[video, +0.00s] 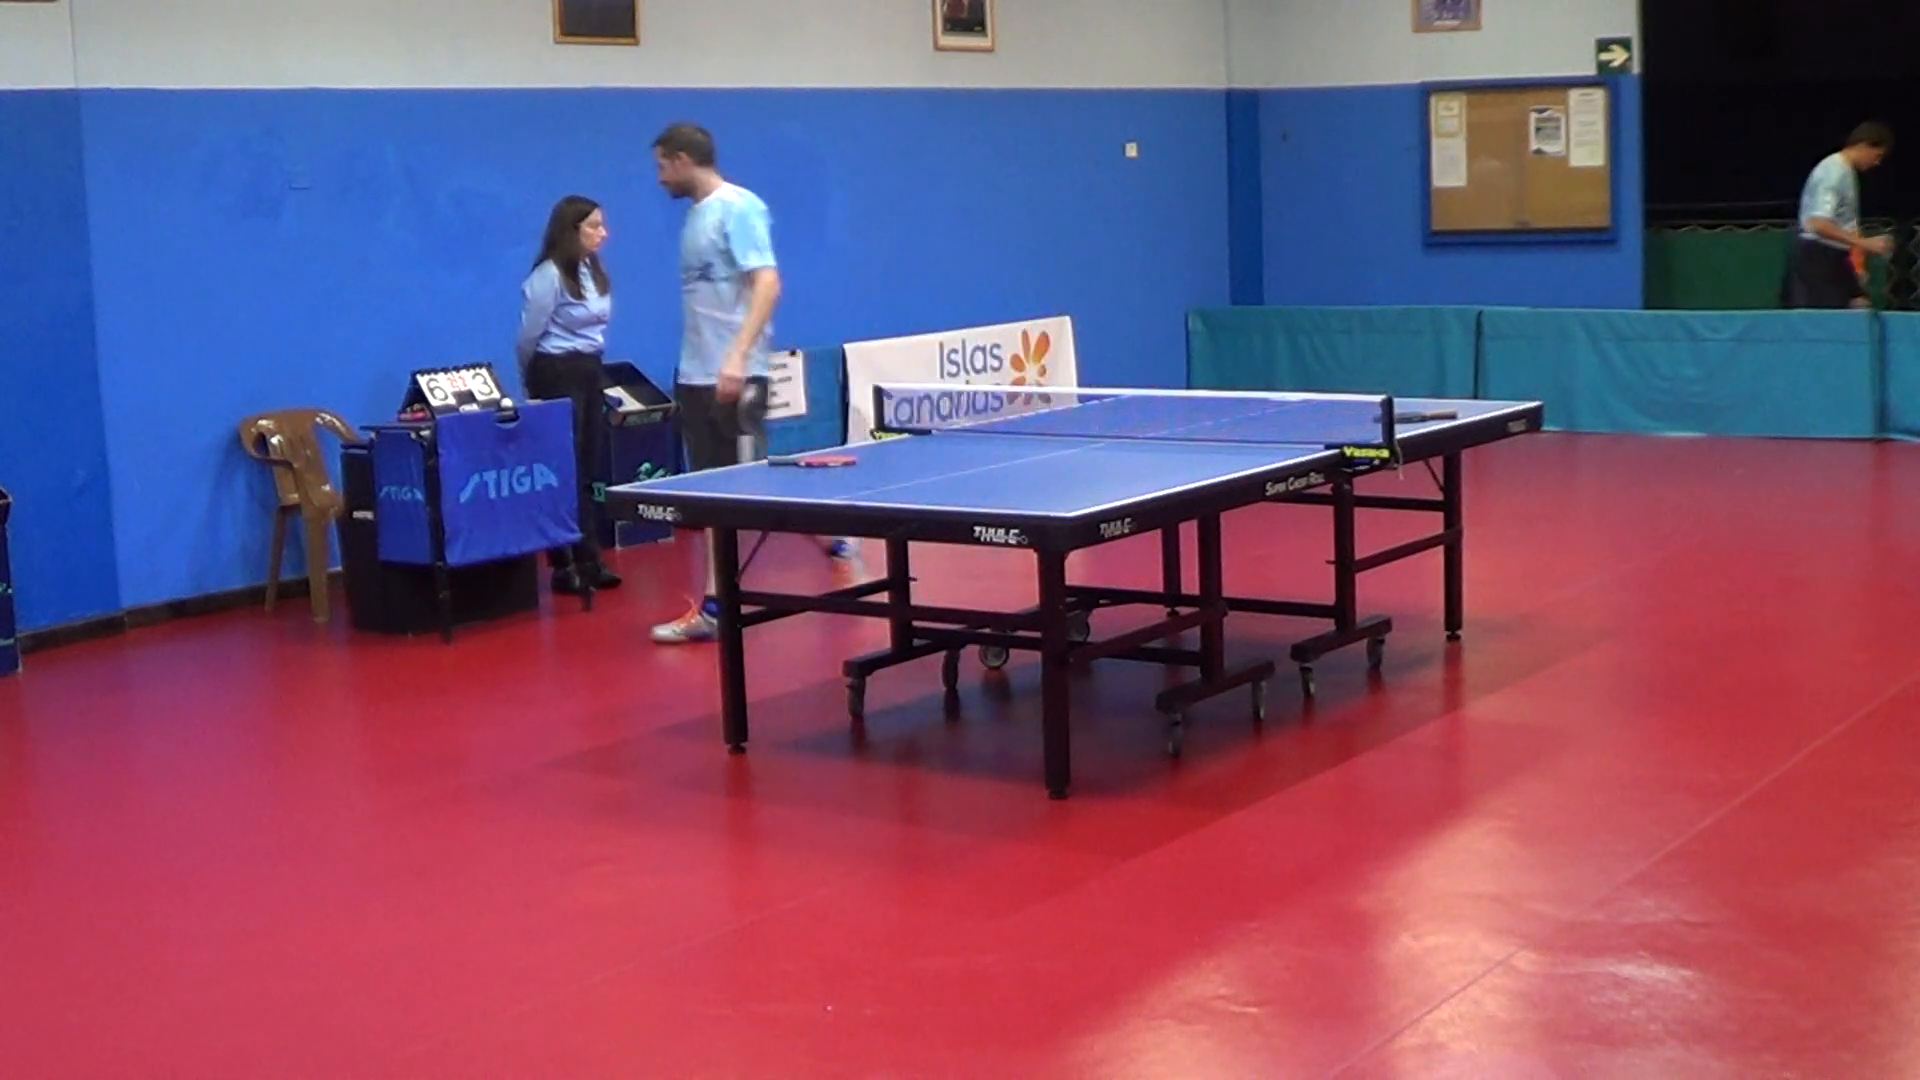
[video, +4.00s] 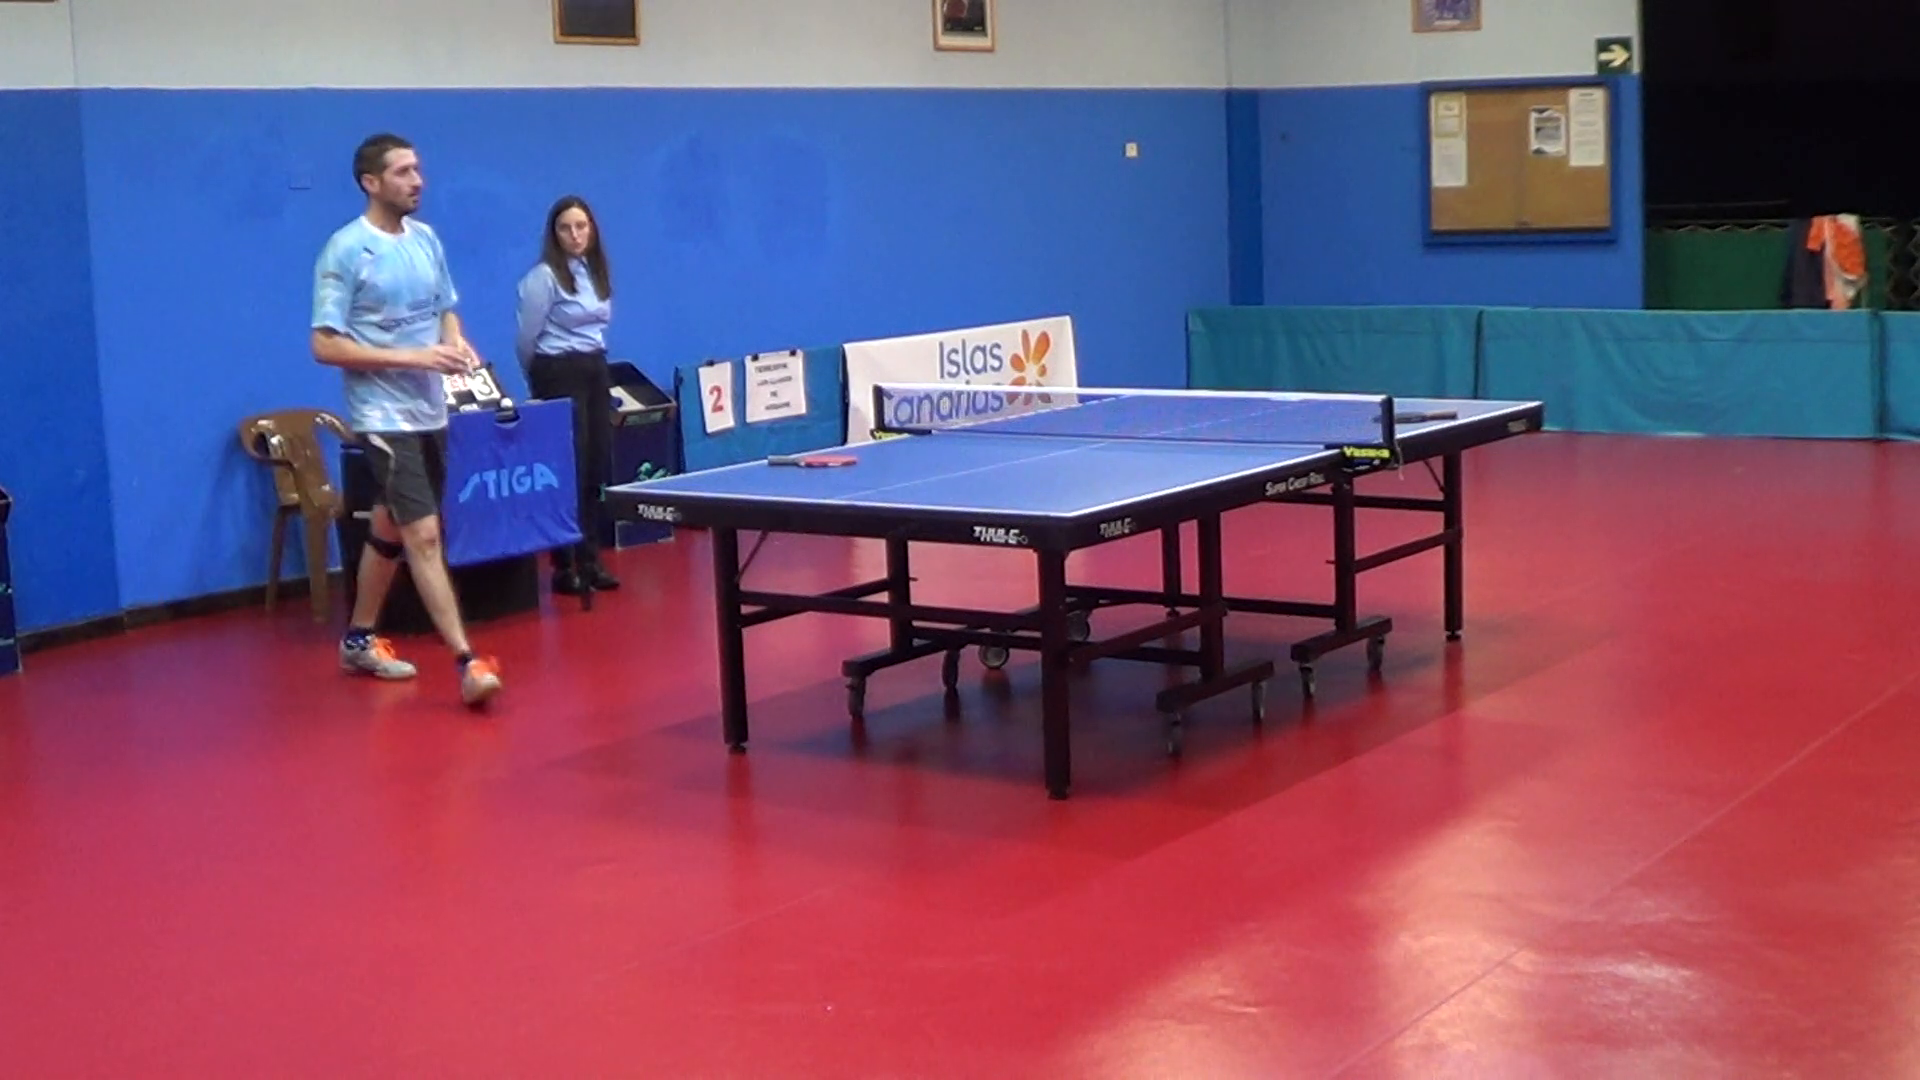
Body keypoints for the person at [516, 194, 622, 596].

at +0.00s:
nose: (602, 233)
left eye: (602, 225)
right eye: (594, 226)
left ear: (596, 231)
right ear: (571, 230)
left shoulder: (595, 270)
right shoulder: (549, 275)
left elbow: (596, 324)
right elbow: (529, 332)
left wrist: (577, 354)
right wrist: (528, 366)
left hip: (590, 365)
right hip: (556, 367)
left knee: (589, 462)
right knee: (561, 464)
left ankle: (589, 555)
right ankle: (563, 562)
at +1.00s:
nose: (577, 234)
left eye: (583, 225)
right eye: (568, 227)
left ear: (593, 229)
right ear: (555, 233)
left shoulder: (607, 272)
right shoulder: (535, 279)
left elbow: (610, 320)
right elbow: (520, 332)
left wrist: (589, 347)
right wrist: (536, 358)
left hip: (593, 367)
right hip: (550, 368)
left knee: (592, 461)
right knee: (556, 463)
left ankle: (591, 558)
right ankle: (559, 562)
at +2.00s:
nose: (573, 241)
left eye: (581, 233)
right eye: (566, 233)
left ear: (591, 236)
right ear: (553, 235)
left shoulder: (597, 273)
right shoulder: (536, 278)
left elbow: (596, 323)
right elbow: (519, 333)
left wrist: (577, 354)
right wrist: (529, 367)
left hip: (590, 366)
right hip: (550, 369)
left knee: (589, 462)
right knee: (557, 464)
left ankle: (590, 557)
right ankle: (560, 564)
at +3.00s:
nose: (569, 236)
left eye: (576, 229)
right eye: (561, 229)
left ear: (587, 233)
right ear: (550, 234)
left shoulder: (593, 271)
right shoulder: (535, 277)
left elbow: (594, 321)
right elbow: (517, 334)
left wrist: (575, 354)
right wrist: (529, 370)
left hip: (588, 366)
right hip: (549, 369)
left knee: (587, 463)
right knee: (556, 465)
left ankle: (590, 559)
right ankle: (560, 565)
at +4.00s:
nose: (576, 234)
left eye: (582, 225)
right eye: (567, 227)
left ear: (592, 230)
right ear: (555, 233)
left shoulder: (594, 271)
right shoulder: (543, 277)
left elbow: (598, 322)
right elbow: (526, 335)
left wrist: (577, 354)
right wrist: (533, 369)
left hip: (595, 364)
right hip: (557, 367)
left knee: (596, 460)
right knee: (566, 462)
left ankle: (590, 556)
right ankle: (566, 563)